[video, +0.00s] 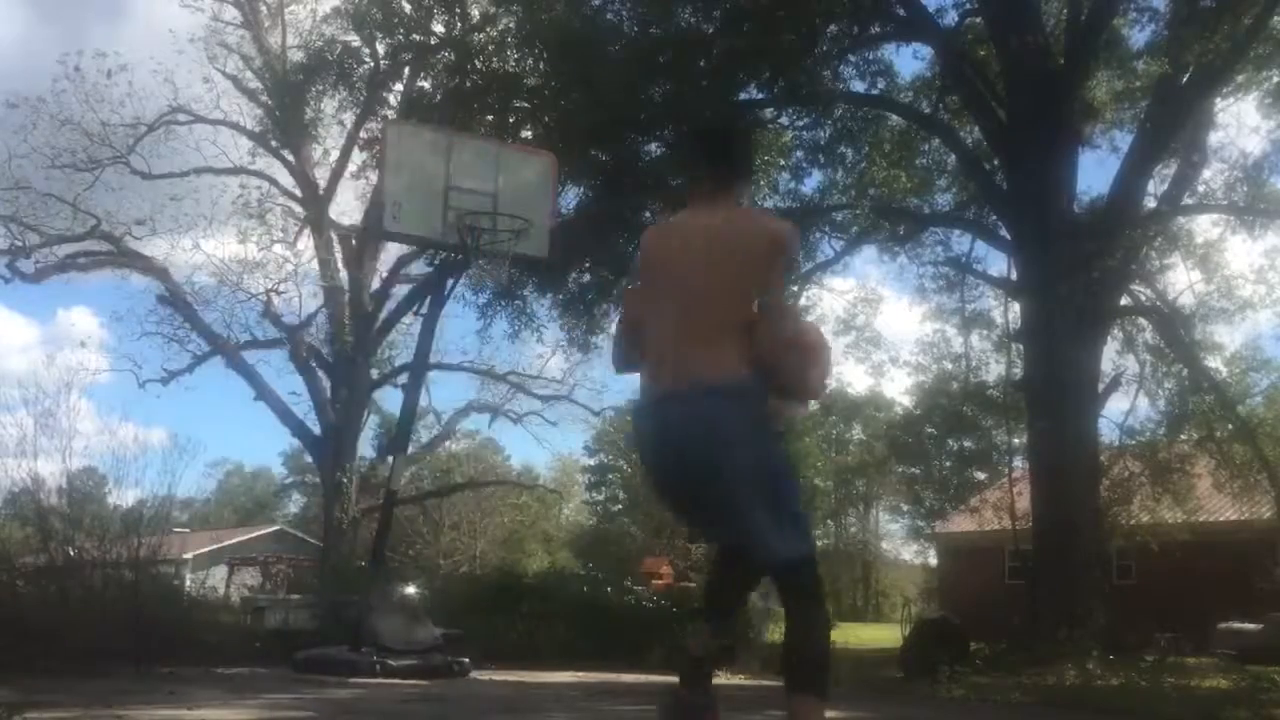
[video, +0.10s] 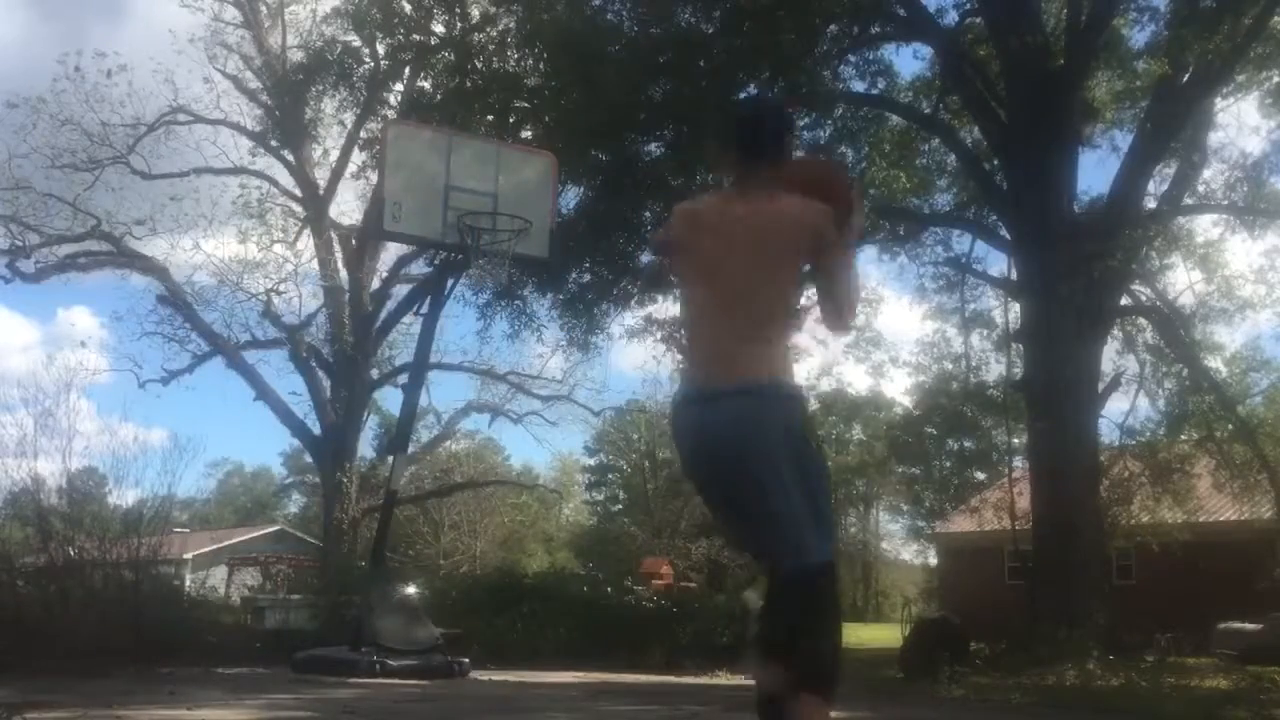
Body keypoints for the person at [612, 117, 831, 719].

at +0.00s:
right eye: (746, 168)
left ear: (687, 172)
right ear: (746, 171)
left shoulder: (657, 240)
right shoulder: (771, 233)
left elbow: (626, 350)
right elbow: (771, 339)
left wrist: (690, 330)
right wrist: (801, 377)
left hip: (660, 425)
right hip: (733, 419)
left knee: (740, 543)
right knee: (800, 579)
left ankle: (697, 679)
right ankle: (806, 707)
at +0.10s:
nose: (783, 157)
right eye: (784, 147)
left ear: (729, 150)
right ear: (785, 151)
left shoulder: (687, 218)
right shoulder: (808, 216)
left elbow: (665, 267)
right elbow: (840, 314)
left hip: (696, 412)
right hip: (769, 410)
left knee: (784, 561)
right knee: (811, 562)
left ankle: (774, 689)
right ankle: (808, 702)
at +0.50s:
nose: (878, 7)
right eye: (875, 5)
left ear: (804, 9)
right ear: (861, 6)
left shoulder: (778, 42)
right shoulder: (884, 34)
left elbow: (751, 4)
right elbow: (909, 11)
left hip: (798, 241)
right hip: (877, 241)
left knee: (777, 434)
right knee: (881, 435)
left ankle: (748, 633)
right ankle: (886, 638)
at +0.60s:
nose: (902, 34)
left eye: (890, 28)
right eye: (900, 27)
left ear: (841, 29)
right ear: (893, 30)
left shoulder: (806, 80)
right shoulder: (913, 70)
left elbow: (784, 56)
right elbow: (919, 45)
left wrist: (776, 37)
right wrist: (891, 23)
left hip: (812, 283)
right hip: (891, 282)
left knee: (783, 476)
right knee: (904, 485)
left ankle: (742, 660)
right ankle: (923, 669)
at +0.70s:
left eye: (876, 71)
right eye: (914, 77)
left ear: (863, 84)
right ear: (920, 84)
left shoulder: (823, 149)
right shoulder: (940, 141)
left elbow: (796, 135)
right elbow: (918, 89)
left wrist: (796, 103)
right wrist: (899, 33)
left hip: (829, 355)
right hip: (907, 353)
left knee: (796, 527)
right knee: (925, 534)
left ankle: (748, 685)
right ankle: (945, 690)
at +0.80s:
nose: (873, 147)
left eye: (877, 139)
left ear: (881, 144)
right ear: (942, 149)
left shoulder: (842, 219)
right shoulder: (961, 218)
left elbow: (798, 255)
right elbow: (984, 216)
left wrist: (809, 201)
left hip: (852, 418)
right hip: (927, 420)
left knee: (821, 578)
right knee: (933, 582)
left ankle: (762, 705)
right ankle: (943, 707)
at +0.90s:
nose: (903, 141)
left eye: (901, 130)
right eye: (939, 135)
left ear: (897, 133)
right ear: (956, 139)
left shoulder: (855, 221)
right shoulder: (988, 225)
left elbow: (826, 337)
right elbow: (995, 335)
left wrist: (825, 333)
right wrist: (939, 323)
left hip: (873, 416)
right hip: (954, 419)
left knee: (836, 580)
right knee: (946, 592)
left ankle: (773, 707)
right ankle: (946, 709)